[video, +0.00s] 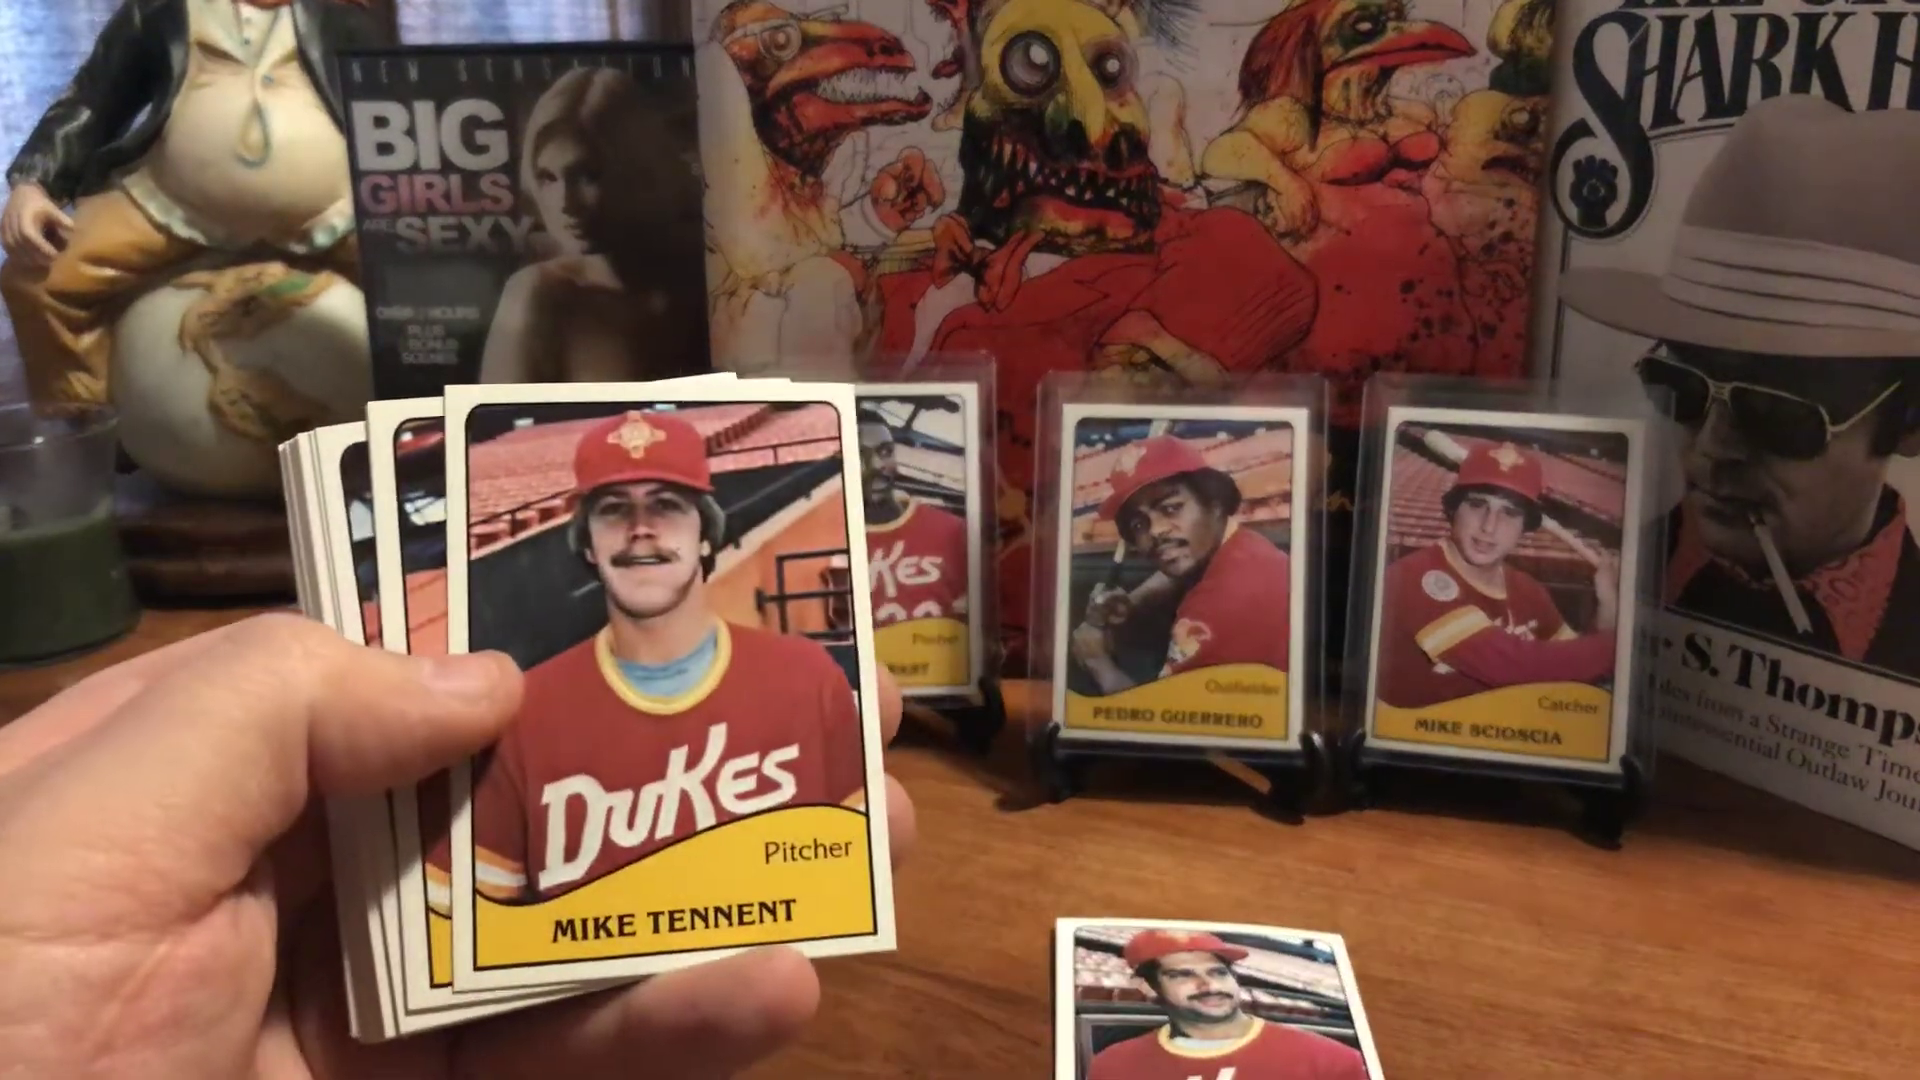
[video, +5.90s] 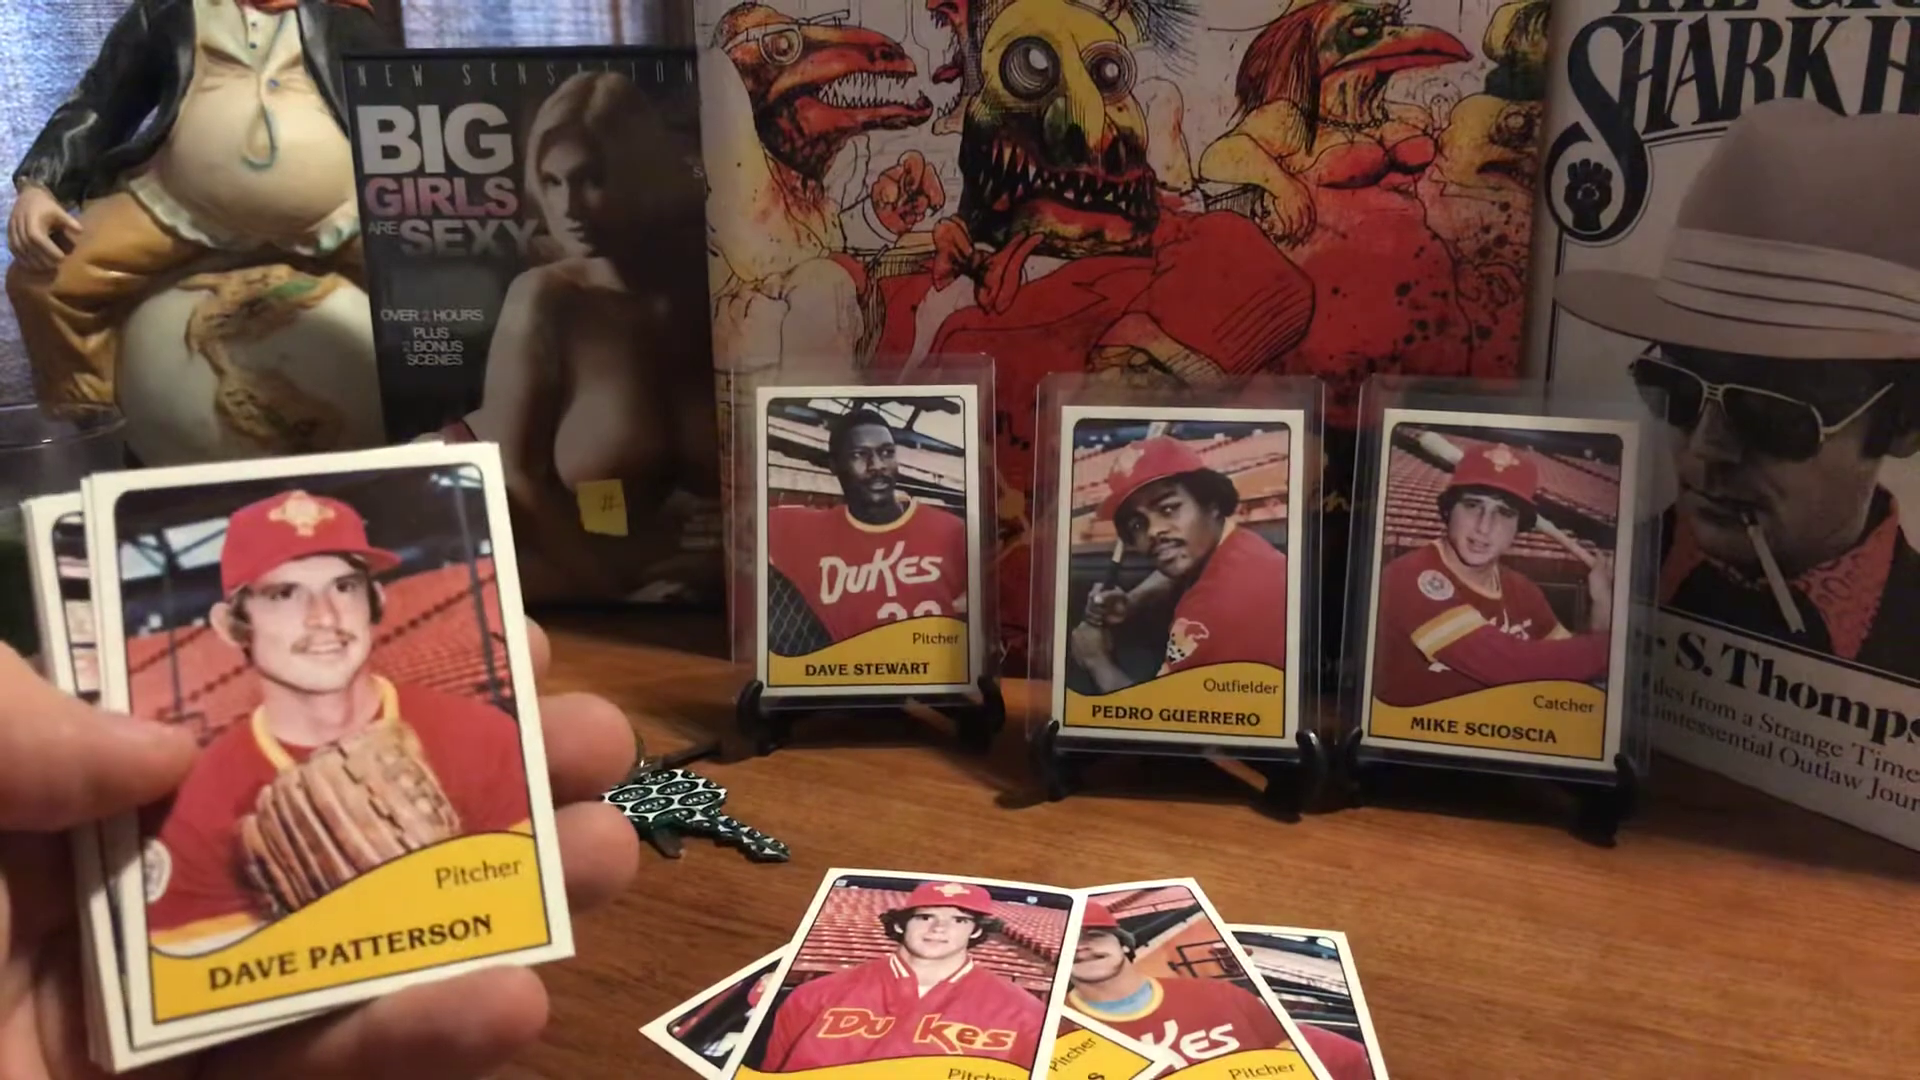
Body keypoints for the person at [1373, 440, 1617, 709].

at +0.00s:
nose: (1488, 526)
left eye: (1508, 513)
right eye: (1477, 505)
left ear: (1525, 528)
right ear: (1453, 509)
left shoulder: (1526, 590)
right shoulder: (1417, 577)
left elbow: (1580, 671)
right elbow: (1505, 665)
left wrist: (1607, 607)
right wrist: (1616, 644)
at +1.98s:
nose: (1486, 525)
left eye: (1506, 512)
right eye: (1475, 504)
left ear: (1522, 526)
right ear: (1452, 509)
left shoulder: (1525, 591)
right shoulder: (1416, 578)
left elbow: (1578, 676)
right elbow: (1507, 665)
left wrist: (1605, 607)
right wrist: (1624, 640)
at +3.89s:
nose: (1485, 527)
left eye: (1504, 513)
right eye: (1474, 506)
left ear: (1520, 527)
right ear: (1450, 509)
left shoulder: (1523, 591)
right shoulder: (1414, 578)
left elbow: (1577, 671)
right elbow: (1505, 665)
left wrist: (1604, 607)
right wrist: (1616, 643)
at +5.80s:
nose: (1483, 526)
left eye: (1503, 513)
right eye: (1473, 505)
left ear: (1518, 528)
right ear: (1449, 509)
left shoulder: (1523, 592)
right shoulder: (1412, 577)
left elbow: (1579, 671)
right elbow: (1501, 664)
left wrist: (1602, 604)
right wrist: (1615, 646)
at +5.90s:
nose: (1483, 526)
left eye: (1503, 513)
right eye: (1473, 505)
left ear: (1518, 528)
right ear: (1449, 509)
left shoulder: (1521, 592)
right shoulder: (1413, 577)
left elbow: (1579, 672)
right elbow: (1501, 664)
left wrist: (1602, 604)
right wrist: (1616, 646)